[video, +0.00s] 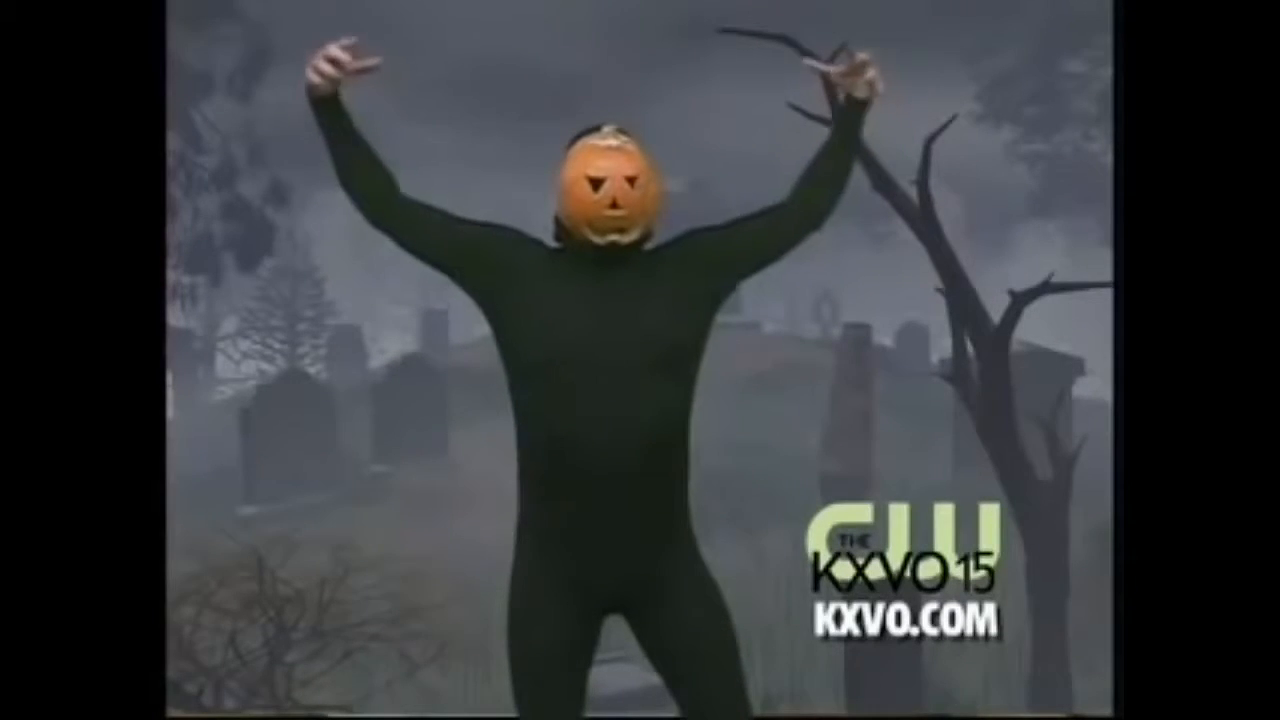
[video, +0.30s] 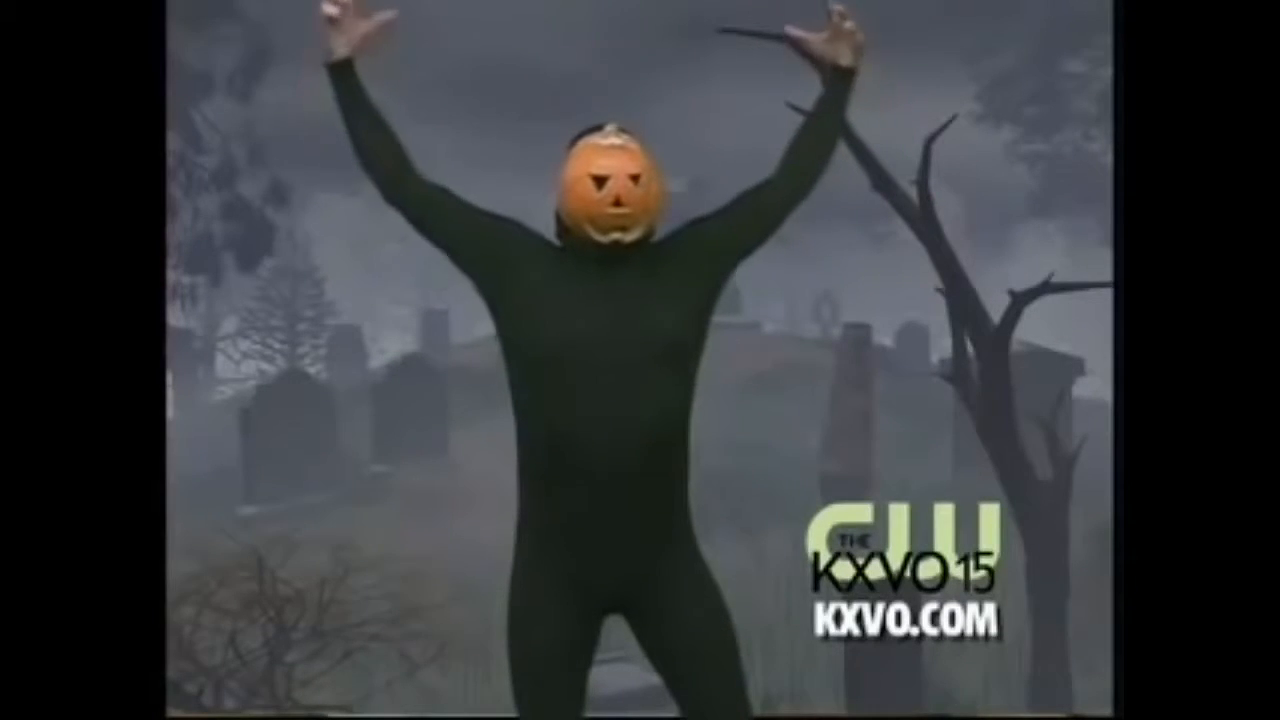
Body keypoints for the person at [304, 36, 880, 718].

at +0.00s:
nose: (614, 190)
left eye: (630, 179)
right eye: (594, 178)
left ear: (656, 199)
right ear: (561, 202)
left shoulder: (694, 270)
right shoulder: (509, 270)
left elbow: (803, 210)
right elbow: (386, 205)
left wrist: (848, 115)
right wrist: (326, 102)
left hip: (665, 557)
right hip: (553, 562)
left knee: (725, 708)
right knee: (545, 710)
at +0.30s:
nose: (616, 189)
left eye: (632, 179)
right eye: (595, 178)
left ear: (659, 200)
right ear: (562, 202)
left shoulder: (690, 267)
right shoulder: (515, 268)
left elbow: (790, 183)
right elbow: (402, 185)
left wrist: (838, 81)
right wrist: (344, 68)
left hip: (664, 560)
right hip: (553, 564)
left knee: (726, 709)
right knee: (546, 711)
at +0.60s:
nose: (619, 190)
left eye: (635, 180)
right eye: (598, 179)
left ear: (661, 202)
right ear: (563, 203)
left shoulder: (689, 267)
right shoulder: (518, 267)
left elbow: (780, 170)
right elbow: (421, 171)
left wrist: (815, 46)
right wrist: (383, 33)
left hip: (666, 560)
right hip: (554, 564)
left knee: (727, 710)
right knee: (545, 711)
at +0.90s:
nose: (621, 197)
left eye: (637, 187)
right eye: (601, 186)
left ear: (662, 208)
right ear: (567, 210)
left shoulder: (688, 274)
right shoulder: (524, 273)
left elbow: (772, 165)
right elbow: (443, 166)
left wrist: (760, 39)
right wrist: (453, 30)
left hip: (667, 562)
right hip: (555, 566)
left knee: (728, 711)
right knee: (546, 711)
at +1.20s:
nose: (625, 210)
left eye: (642, 199)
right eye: (602, 197)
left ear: (666, 224)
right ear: (570, 224)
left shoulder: (689, 288)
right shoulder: (530, 288)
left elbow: (767, 182)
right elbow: (456, 191)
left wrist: (715, 61)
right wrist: (513, 57)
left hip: (665, 565)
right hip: (554, 568)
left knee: (727, 711)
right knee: (545, 711)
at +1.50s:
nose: (627, 216)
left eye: (644, 206)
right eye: (603, 204)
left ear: (667, 236)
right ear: (570, 235)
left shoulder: (692, 301)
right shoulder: (529, 303)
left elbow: (783, 213)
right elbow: (446, 218)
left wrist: (713, 108)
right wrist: (534, 96)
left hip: (664, 568)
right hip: (555, 571)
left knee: (726, 711)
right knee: (546, 711)